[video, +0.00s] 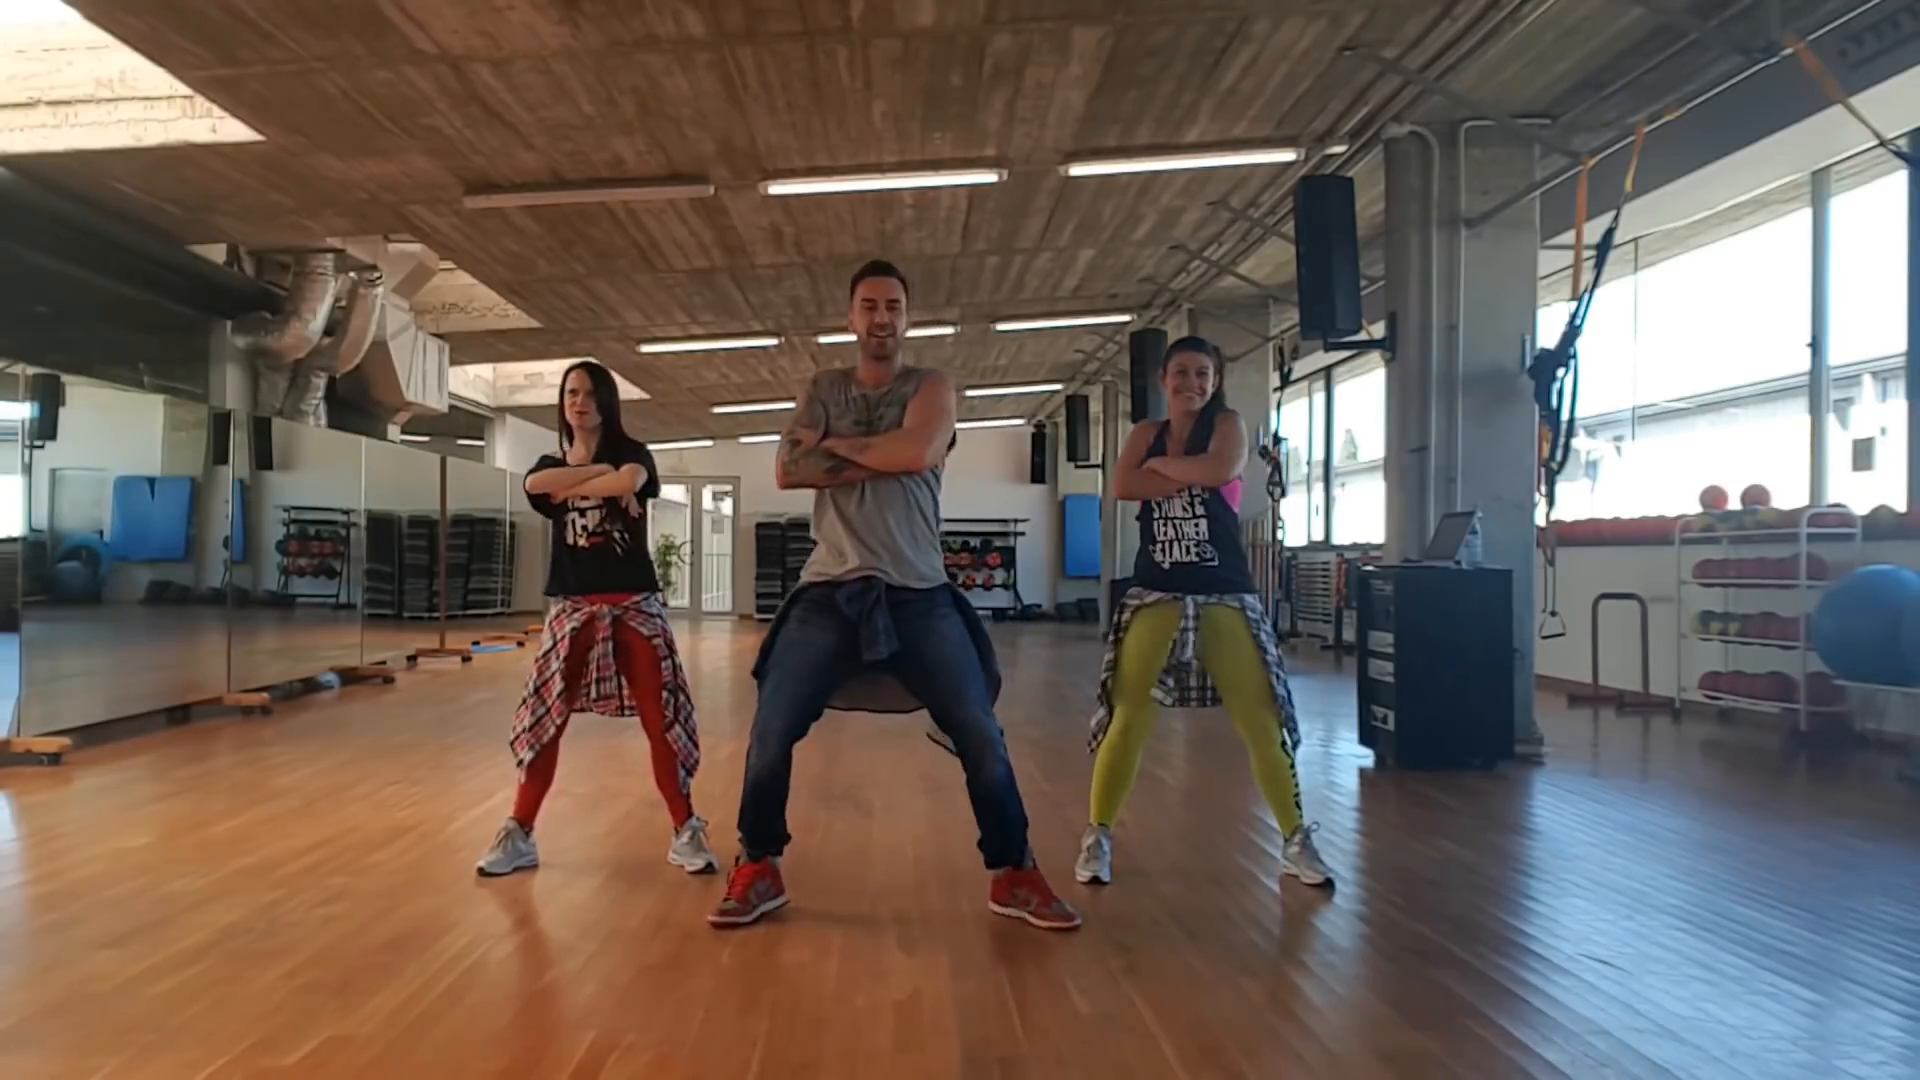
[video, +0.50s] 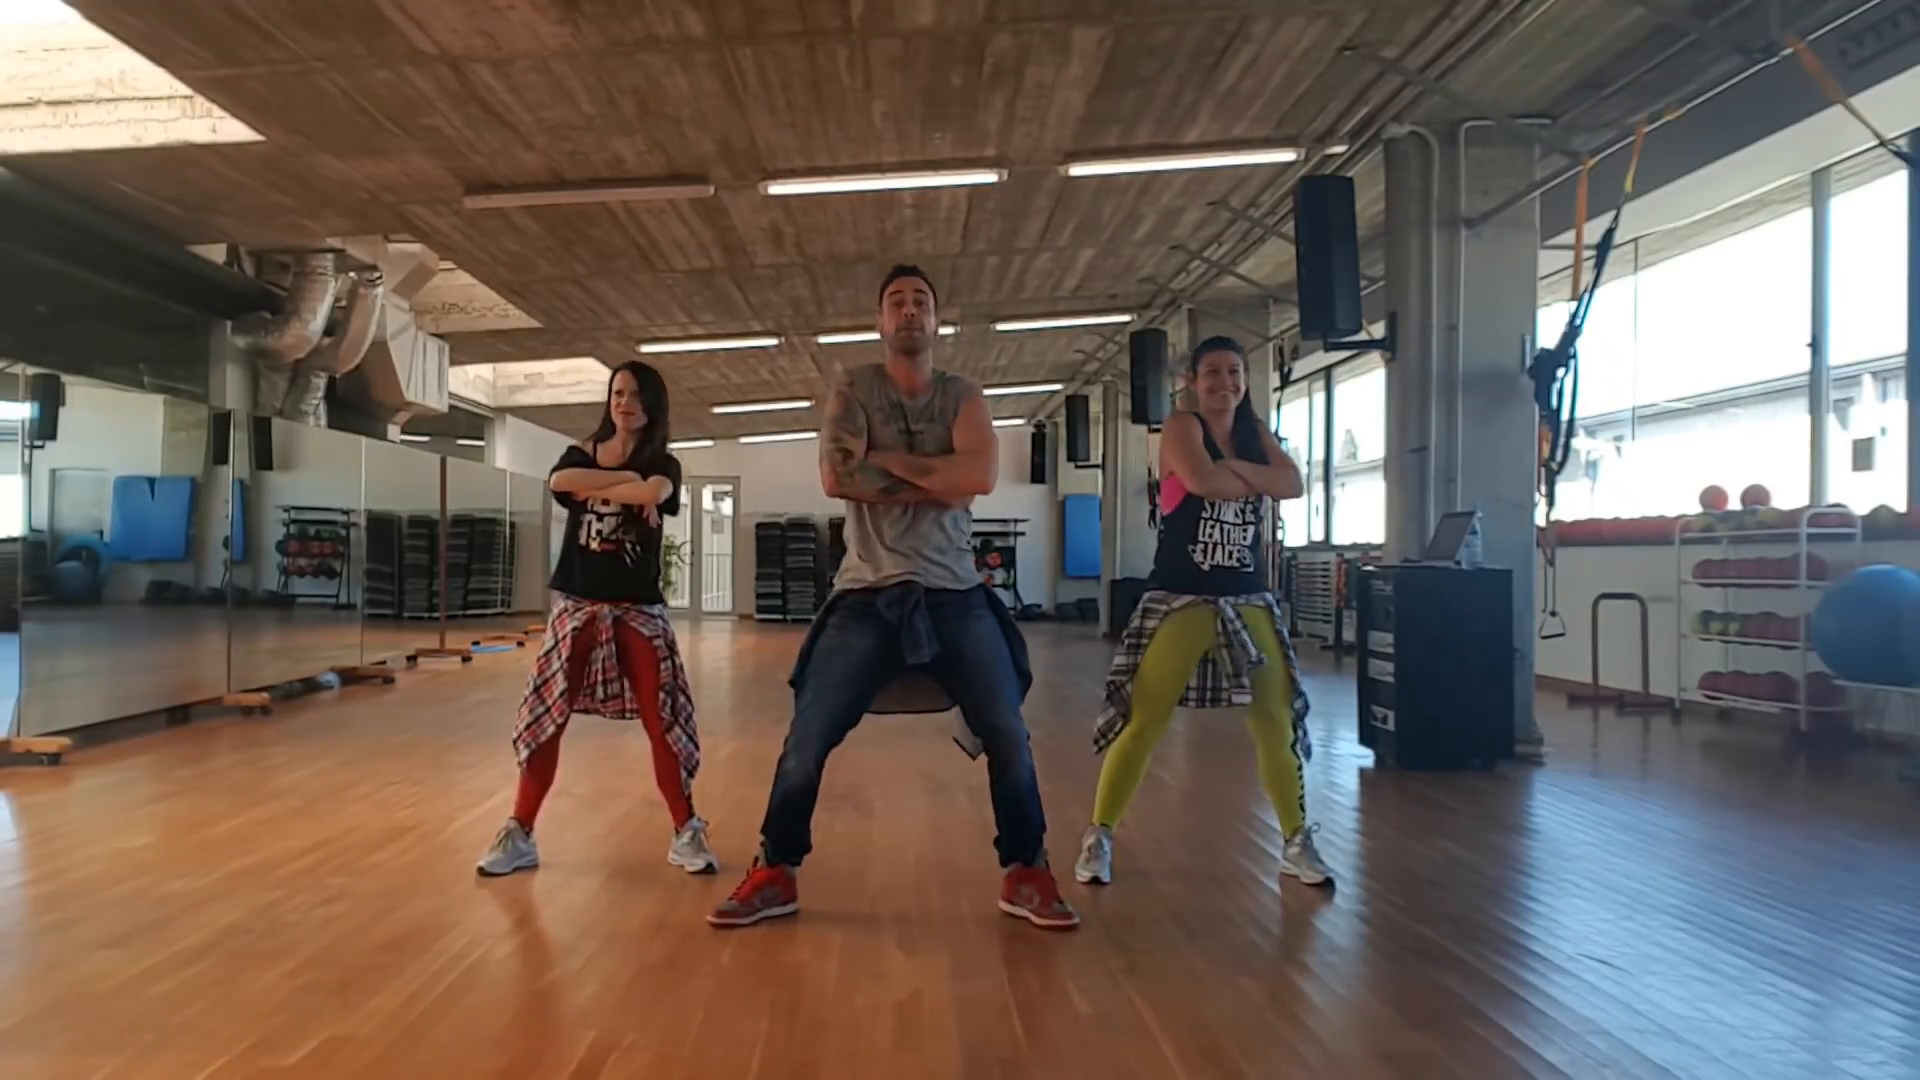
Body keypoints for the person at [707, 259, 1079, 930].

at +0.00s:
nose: (880, 317)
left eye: (891, 306)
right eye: (868, 305)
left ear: (907, 317)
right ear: (849, 315)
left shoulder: (930, 386)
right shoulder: (823, 390)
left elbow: (918, 453)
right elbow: (788, 472)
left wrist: (827, 442)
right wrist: (877, 458)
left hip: (918, 591)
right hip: (828, 589)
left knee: (978, 730)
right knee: (770, 730)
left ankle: (1013, 874)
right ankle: (758, 869)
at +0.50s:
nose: (909, 309)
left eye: (920, 301)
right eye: (897, 301)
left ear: (937, 321)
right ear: (878, 321)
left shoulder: (963, 396)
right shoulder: (853, 392)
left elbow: (977, 476)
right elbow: (835, 480)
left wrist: (882, 458)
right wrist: (931, 488)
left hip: (954, 592)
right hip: (866, 592)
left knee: (1005, 727)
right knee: (809, 731)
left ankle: (1025, 873)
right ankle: (775, 872)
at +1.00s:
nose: (911, 318)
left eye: (921, 309)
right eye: (899, 308)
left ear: (939, 324)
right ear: (881, 323)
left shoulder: (957, 396)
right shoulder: (858, 395)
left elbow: (989, 429)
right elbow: (826, 423)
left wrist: (991, 339)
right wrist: (833, 336)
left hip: (947, 590)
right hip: (860, 588)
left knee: (999, 727)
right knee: (805, 727)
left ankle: (1023, 873)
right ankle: (774, 871)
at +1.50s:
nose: (934, 345)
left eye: (945, 333)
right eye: (922, 333)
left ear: (961, 342)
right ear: (904, 342)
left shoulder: (985, 410)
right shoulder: (878, 421)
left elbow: (990, 446)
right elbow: (805, 468)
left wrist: (972, 349)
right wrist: (764, 383)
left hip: (984, 606)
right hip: (897, 606)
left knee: (1031, 740)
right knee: (829, 743)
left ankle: (1033, 874)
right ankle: (809, 874)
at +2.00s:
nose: (829, 363)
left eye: (842, 353)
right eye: (819, 350)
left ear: (857, 362)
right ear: (801, 355)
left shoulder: (873, 431)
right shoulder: (780, 421)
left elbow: (923, 475)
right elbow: (750, 457)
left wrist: (927, 392)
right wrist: (770, 379)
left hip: (846, 610)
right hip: (775, 609)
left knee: (907, 749)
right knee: (687, 727)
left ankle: (1030, 854)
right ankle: (748, 870)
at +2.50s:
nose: (805, 356)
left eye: (817, 344)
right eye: (795, 343)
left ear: (835, 352)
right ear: (777, 348)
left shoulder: (847, 417)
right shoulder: (752, 412)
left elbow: (874, 445)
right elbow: (729, 427)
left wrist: (872, 346)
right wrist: (750, 346)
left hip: (830, 608)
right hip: (748, 604)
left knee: (855, 745)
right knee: (723, 749)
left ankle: (818, 841)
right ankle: (729, 865)